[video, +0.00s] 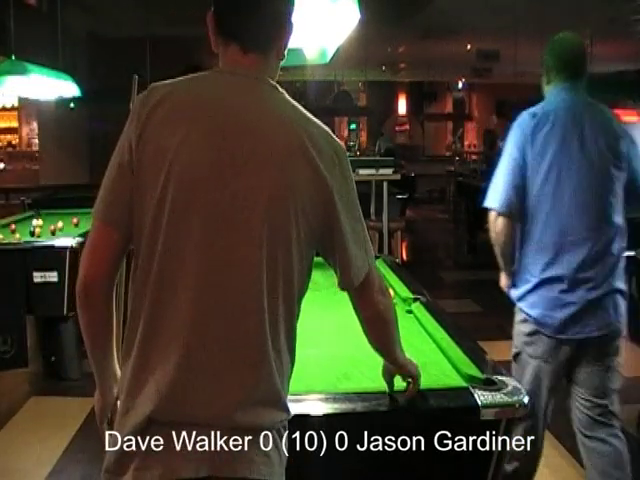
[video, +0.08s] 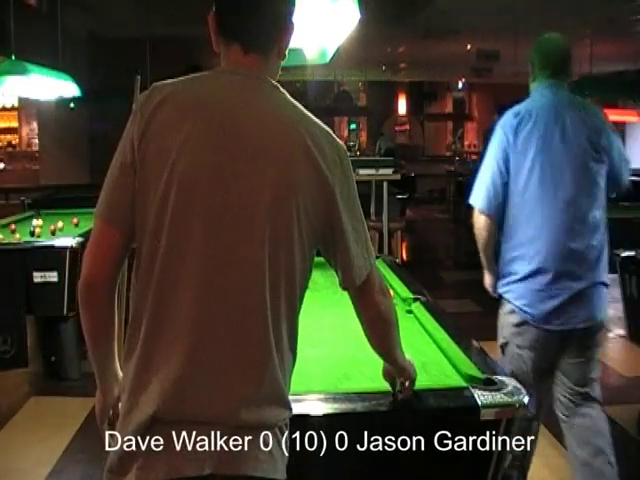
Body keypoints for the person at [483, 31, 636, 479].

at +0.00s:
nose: (542, 78)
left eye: (542, 71)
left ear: (545, 72)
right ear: (585, 70)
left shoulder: (530, 124)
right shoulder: (618, 130)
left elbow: (499, 214)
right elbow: (631, 207)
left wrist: (506, 270)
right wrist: (609, 258)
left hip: (543, 298)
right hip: (605, 298)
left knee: (525, 419)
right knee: (599, 419)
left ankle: (512, 477)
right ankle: (618, 479)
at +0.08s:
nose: (535, 75)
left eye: (531, 68)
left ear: (531, 70)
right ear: (571, 69)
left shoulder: (513, 122)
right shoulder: (596, 120)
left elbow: (482, 210)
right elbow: (620, 184)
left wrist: (488, 269)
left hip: (528, 286)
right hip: (587, 286)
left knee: (519, 407)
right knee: (580, 401)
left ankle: (510, 475)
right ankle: (602, 476)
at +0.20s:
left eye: (517, 64)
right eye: (555, 64)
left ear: (517, 66)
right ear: (556, 66)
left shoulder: (497, 114)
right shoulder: (577, 111)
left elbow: (467, 198)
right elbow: (601, 155)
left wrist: (469, 257)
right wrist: (570, 104)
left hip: (513, 266)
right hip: (569, 267)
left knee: (507, 383)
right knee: (556, 373)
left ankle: (507, 471)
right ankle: (573, 466)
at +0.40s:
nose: (551, 77)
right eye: (549, 71)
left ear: (505, 70)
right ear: (542, 73)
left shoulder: (482, 113)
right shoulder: (556, 108)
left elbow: (453, 190)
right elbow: (575, 129)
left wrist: (452, 232)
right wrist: (556, 88)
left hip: (495, 255)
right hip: (547, 256)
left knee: (503, 362)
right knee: (530, 361)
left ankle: (501, 455)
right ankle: (513, 448)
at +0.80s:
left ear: (482, 82)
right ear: (513, 84)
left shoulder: (462, 116)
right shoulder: (523, 116)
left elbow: (439, 177)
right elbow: (548, 123)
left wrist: (436, 230)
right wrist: (527, 87)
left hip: (470, 244)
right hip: (513, 245)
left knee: (457, 328)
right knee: (496, 335)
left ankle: (452, 402)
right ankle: (487, 405)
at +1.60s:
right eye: (472, 97)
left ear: (445, 97)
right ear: (469, 97)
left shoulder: (430, 127)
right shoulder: (477, 121)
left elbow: (420, 172)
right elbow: (506, 145)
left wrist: (427, 198)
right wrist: (486, 113)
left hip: (437, 216)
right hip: (471, 215)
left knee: (443, 285)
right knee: (470, 283)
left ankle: (444, 343)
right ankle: (467, 340)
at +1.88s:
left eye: (444, 102)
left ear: (445, 102)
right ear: (465, 103)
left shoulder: (431, 130)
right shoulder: (476, 129)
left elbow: (420, 175)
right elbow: (491, 174)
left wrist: (430, 199)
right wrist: (475, 184)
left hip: (437, 218)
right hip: (468, 219)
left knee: (438, 281)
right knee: (463, 280)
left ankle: (436, 337)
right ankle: (458, 338)